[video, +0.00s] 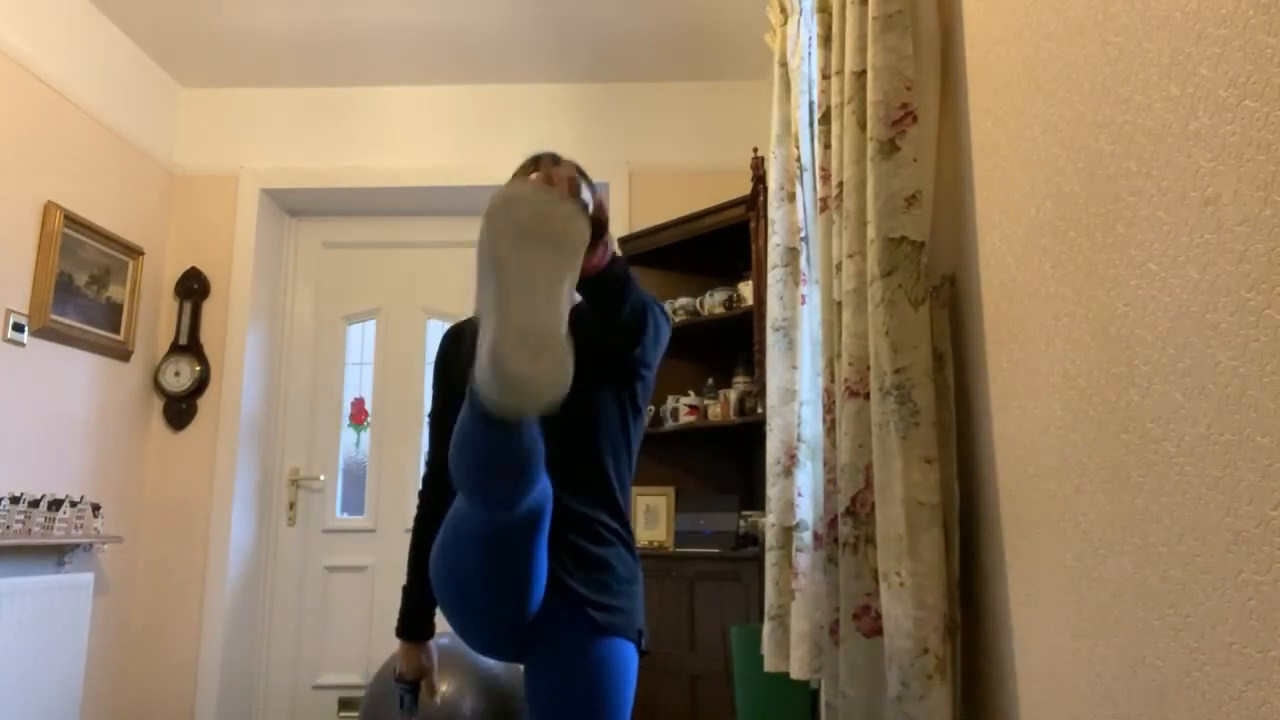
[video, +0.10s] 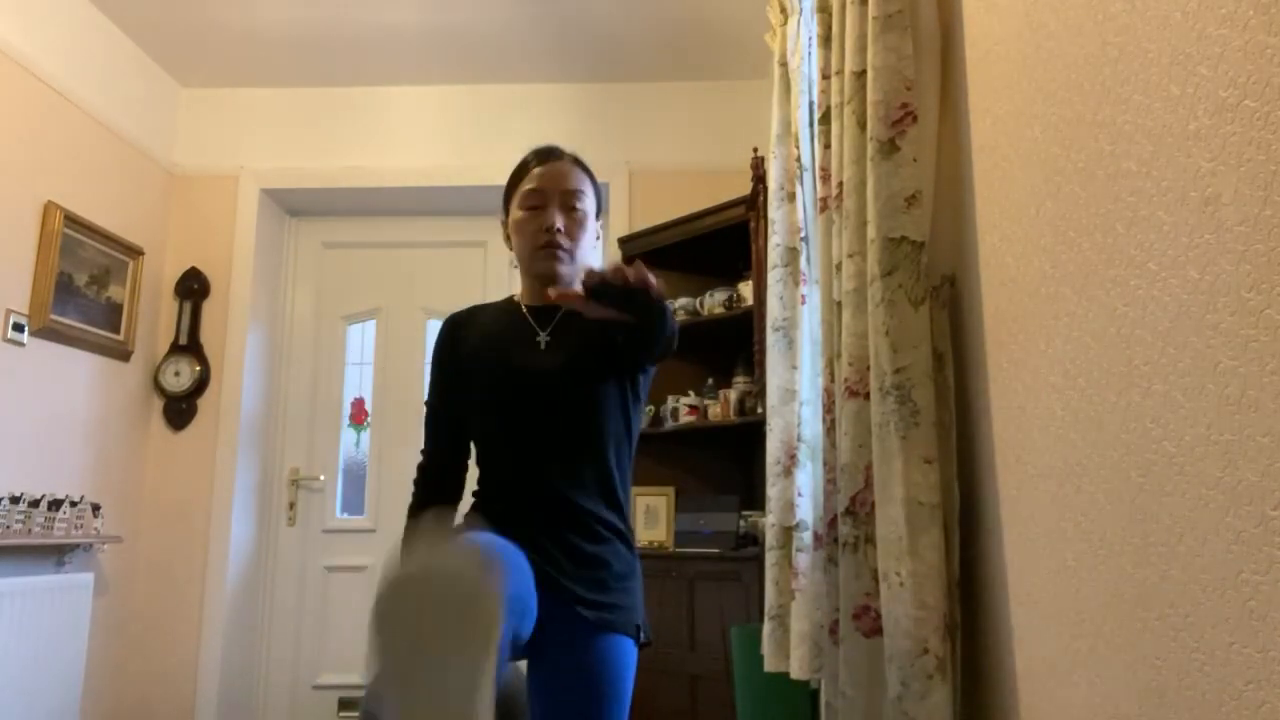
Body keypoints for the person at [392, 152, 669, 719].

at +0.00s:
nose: (546, 220)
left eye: (563, 206)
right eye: (530, 206)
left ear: (593, 228)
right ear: (505, 222)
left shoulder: (631, 323)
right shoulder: (465, 340)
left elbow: (632, 325)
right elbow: (438, 487)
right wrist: (414, 630)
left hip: (593, 598)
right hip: (484, 600)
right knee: (497, 501)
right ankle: (507, 392)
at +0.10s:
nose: (554, 222)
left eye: (574, 208)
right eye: (534, 205)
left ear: (596, 232)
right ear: (507, 229)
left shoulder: (620, 325)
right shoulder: (467, 332)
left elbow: (652, 341)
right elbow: (440, 475)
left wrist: (642, 304)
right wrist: (414, 585)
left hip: (596, 567)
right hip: (500, 548)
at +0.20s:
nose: (553, 215)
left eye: (572, 202)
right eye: (533, 199)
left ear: (596, 229)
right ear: (505, 226)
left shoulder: (630, 316)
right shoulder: (461, 324)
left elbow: (673, 353)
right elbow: (425, 469)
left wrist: (672, 373)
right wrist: (387, 605)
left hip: (592, 572)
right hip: (482, 557)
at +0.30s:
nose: (548, 219)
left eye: (566, 205)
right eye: (528, 202)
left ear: (588, 230)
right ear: (499, 226)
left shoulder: (628, 327)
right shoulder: (452, 321)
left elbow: (676, 411)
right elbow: (405, 464)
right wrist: (358, 599)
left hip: (586, 595)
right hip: (469, 593)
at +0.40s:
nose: (540, 229)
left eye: (557, 216)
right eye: (520, 211)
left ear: (575, 239)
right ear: (489, 231)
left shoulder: (610, 344)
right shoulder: (433, 327)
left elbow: (654, 472)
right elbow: (378, 465)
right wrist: (320, 599)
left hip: (569, 627)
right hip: (446, 621)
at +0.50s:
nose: (529, 225)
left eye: (549, 213)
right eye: (511, 207)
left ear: (565, 241)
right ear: (479, 228)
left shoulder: (597, 345)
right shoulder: (420, 322)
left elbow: (617, 488)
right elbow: (356, 454)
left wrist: (632, 625)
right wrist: (291, 579)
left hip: (546, 620)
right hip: (425, 613)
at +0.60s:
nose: (522, 220)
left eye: (541, 211)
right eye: (504, 204)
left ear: (558, 241)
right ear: (473, 225)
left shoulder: (590, 348)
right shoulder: (415, 314)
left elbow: (589, 483)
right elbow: (358, 409)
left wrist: (579, 588)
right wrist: (303, 514)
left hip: (535, 575)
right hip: (422, 578)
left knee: (522, 706)